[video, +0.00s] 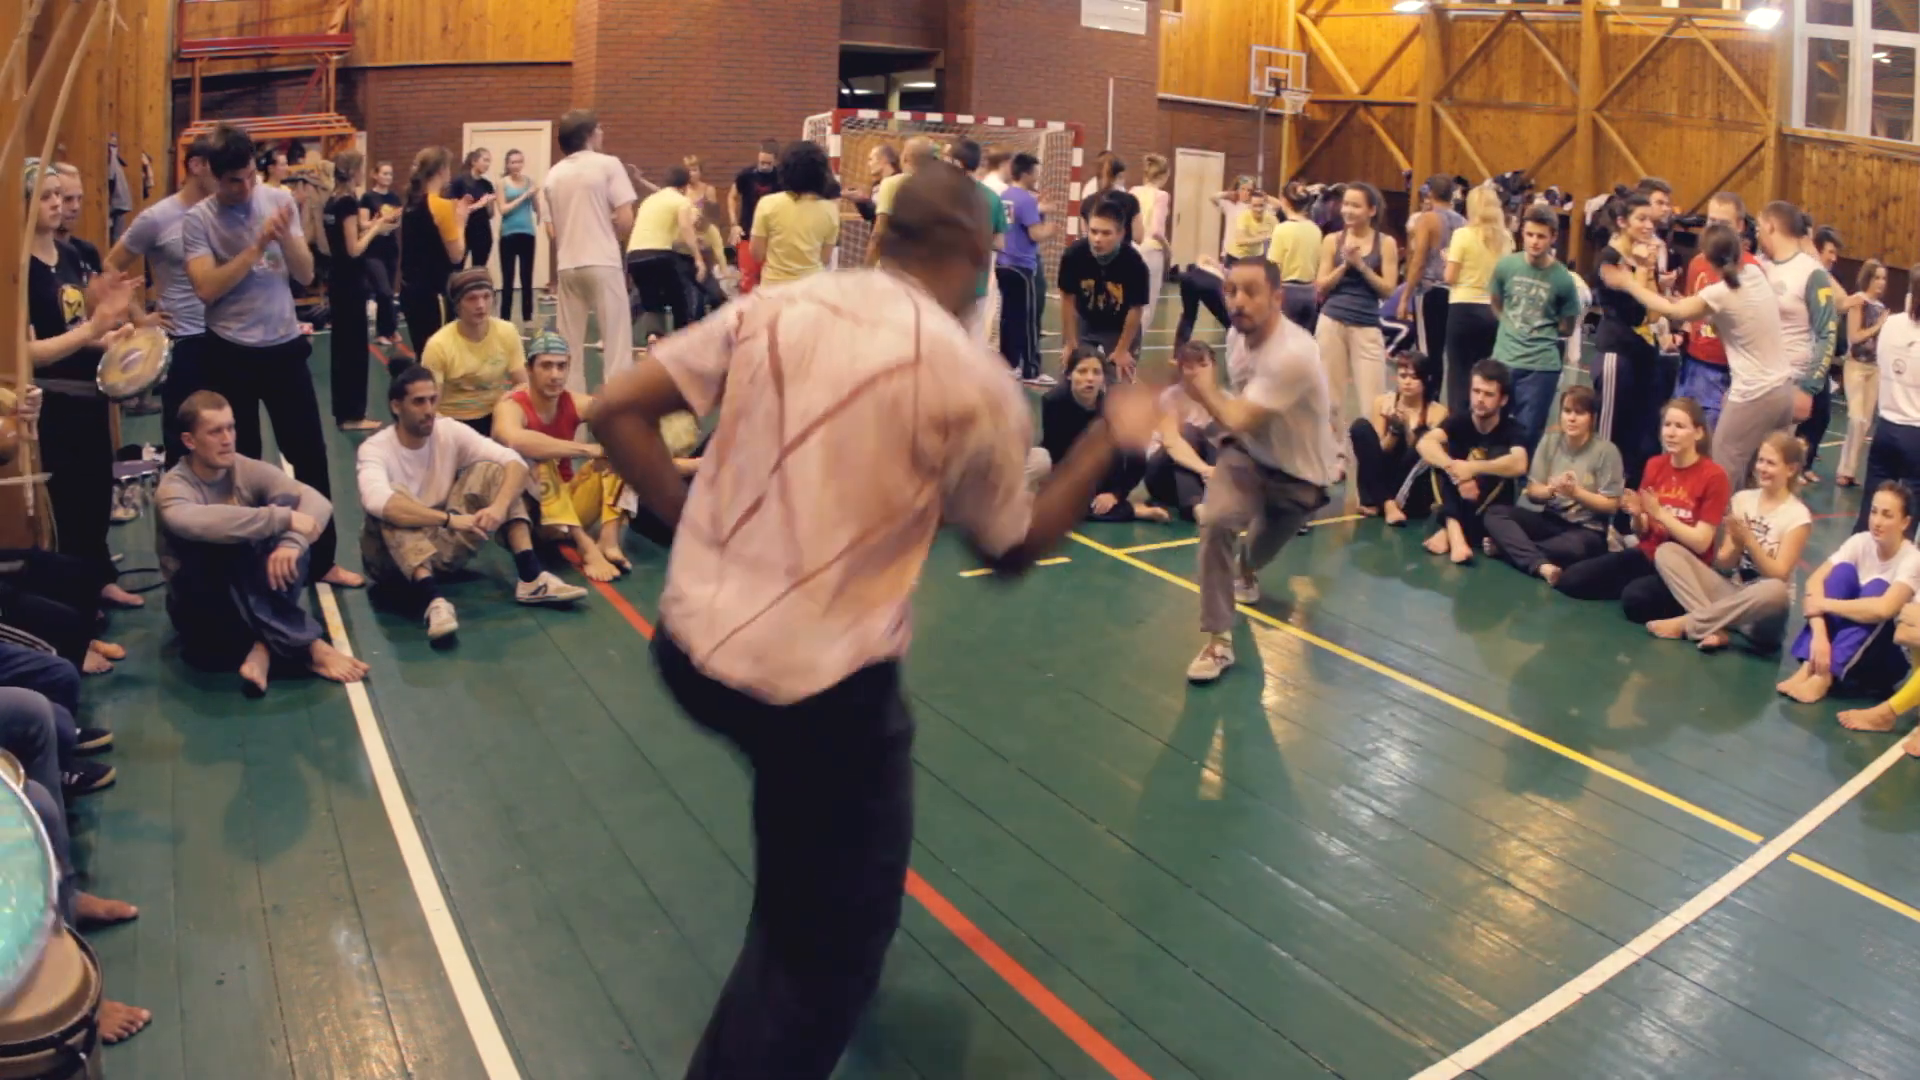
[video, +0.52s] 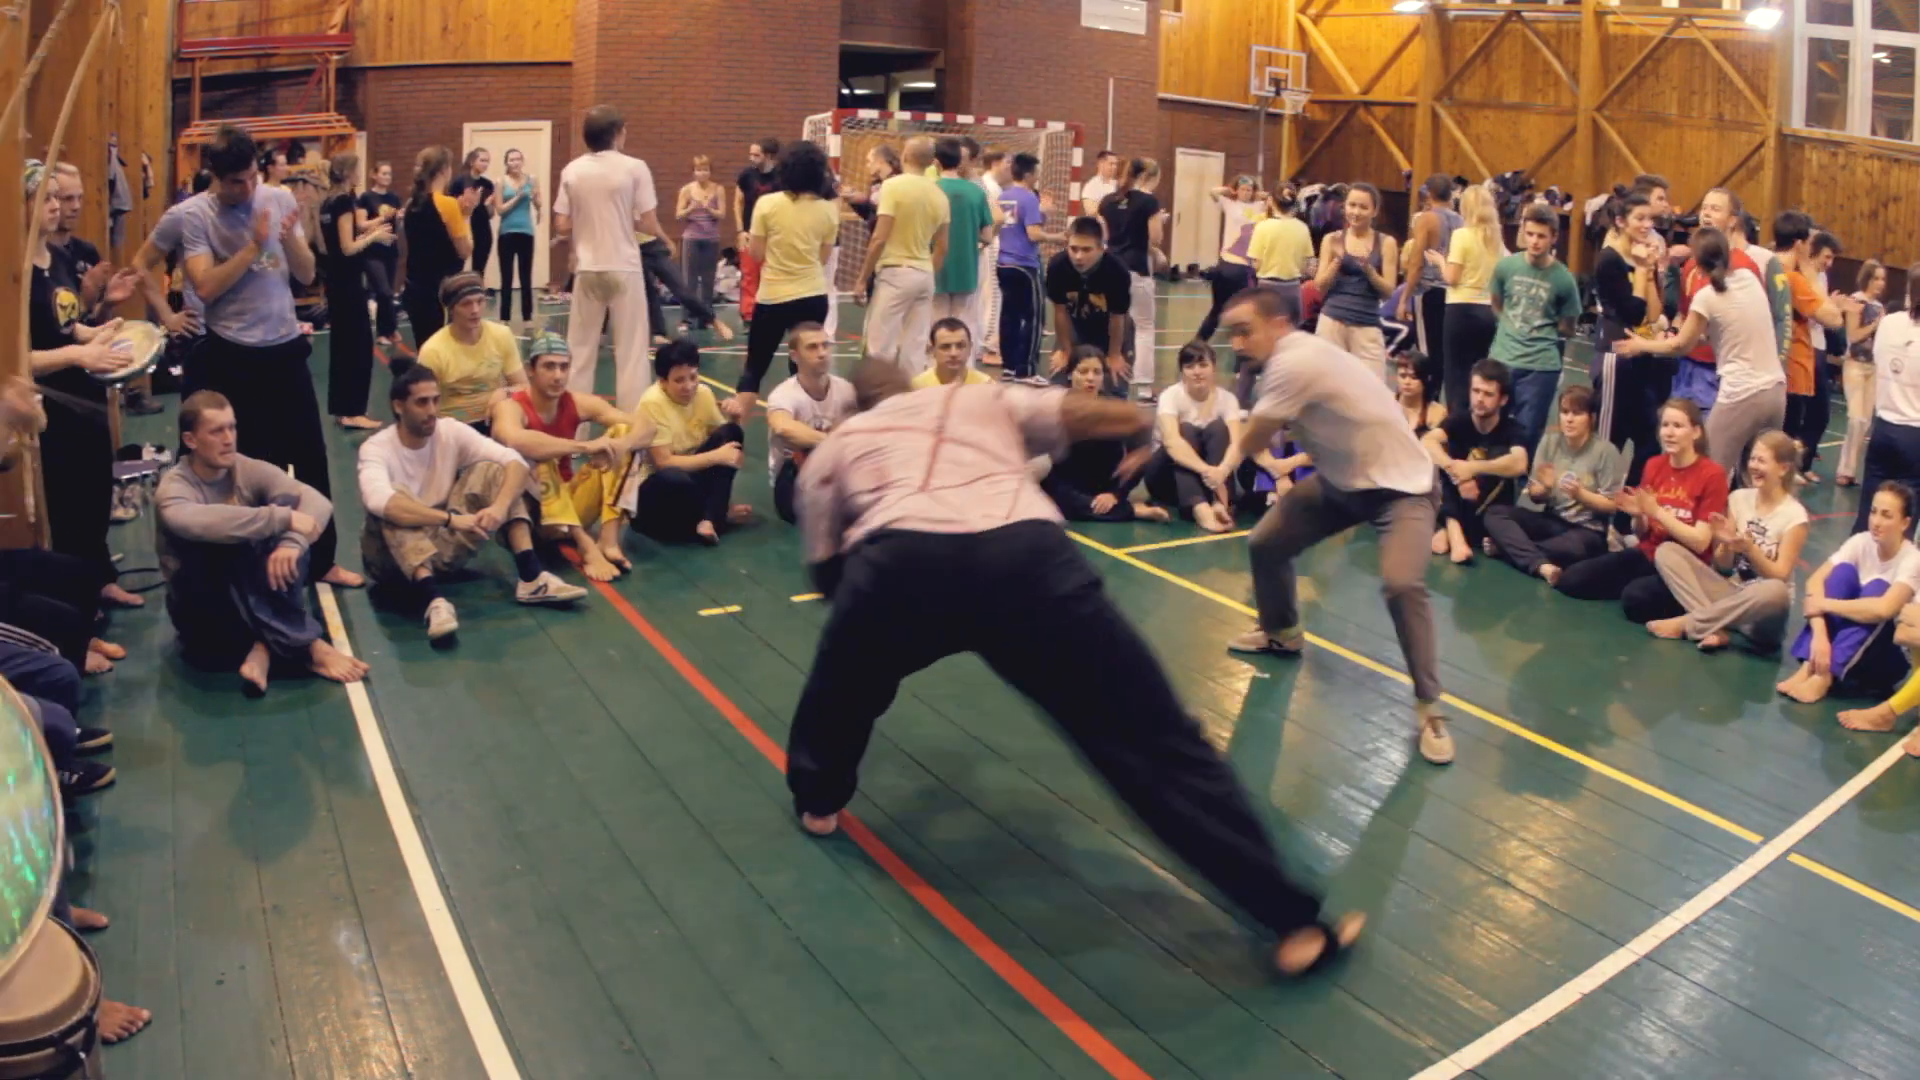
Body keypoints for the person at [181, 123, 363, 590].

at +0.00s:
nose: (242, 188)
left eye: (247, 178)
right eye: (232, 181)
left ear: (256, 168)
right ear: (211, 175)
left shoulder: (278, 200)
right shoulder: (196, 219)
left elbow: (305, 275)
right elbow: (206, 289)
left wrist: (286, 237)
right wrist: (257, 246)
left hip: (284, 348)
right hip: (229, 352)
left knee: (310, 457)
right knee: (241, 460)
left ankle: (322, 563)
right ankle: (251, 566)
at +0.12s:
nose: (243, 188)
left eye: (249, 178)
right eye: (232, 181)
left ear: (256, 168)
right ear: (212, 176)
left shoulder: (278, 200)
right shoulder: (197, 218)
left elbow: (306, 276)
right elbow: (206, 290)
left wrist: (296, 241)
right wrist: (249, 243)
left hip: (284, 347)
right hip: (229, 352)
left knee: (311, 458)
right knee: (241, 460)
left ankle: (322, 564)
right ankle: (251, 567)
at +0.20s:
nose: (242, 188)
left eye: (247, 178)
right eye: (231, 181)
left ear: (255, 168)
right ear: (211, 174)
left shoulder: (278, 200)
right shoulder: (197, 217)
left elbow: (306, 271)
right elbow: (207, 287)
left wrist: (284, 236)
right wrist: (260, 250)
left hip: (284, 347)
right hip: (229, 351)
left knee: (310, 456)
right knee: (244, 458)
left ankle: (322, 563)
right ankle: (253, 565)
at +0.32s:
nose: (243, 188)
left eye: (248, 177)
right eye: (232, 181)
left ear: (256, 167)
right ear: (211, 175)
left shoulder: (278, 200)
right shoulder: (196, 218)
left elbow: (306, 273)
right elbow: (207, 287)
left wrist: (285, 234)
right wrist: (257, 247)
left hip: (285, 347)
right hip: (232, 352)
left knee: (311, 458)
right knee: (252, 460)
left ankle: (323, 564)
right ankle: (264, 568)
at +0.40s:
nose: (244, 188)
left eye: (249, 178)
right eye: (233, 181)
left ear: (256, 167)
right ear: (211, 175)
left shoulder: (277, 201)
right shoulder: (193, 217)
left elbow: (306, 276)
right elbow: (206, 289)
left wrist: (292, 238)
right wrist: (253, 243)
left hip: (286, 349)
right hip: (233, 355)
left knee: (312, 461)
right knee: (252, 464)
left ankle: (322, 564)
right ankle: (261, 569)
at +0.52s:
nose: (244, 189)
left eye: (249, 179)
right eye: (233, 182)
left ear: (258, 168)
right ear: (212, 177)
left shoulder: (278, 200)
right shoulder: (192, 215)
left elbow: (307, 272)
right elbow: (204, 287)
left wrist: (289, 237)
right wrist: (254, 245)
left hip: (285, 350)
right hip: (230, 355)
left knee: (309, 459)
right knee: (245, 464)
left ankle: (321, 563)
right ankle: (253, 569)